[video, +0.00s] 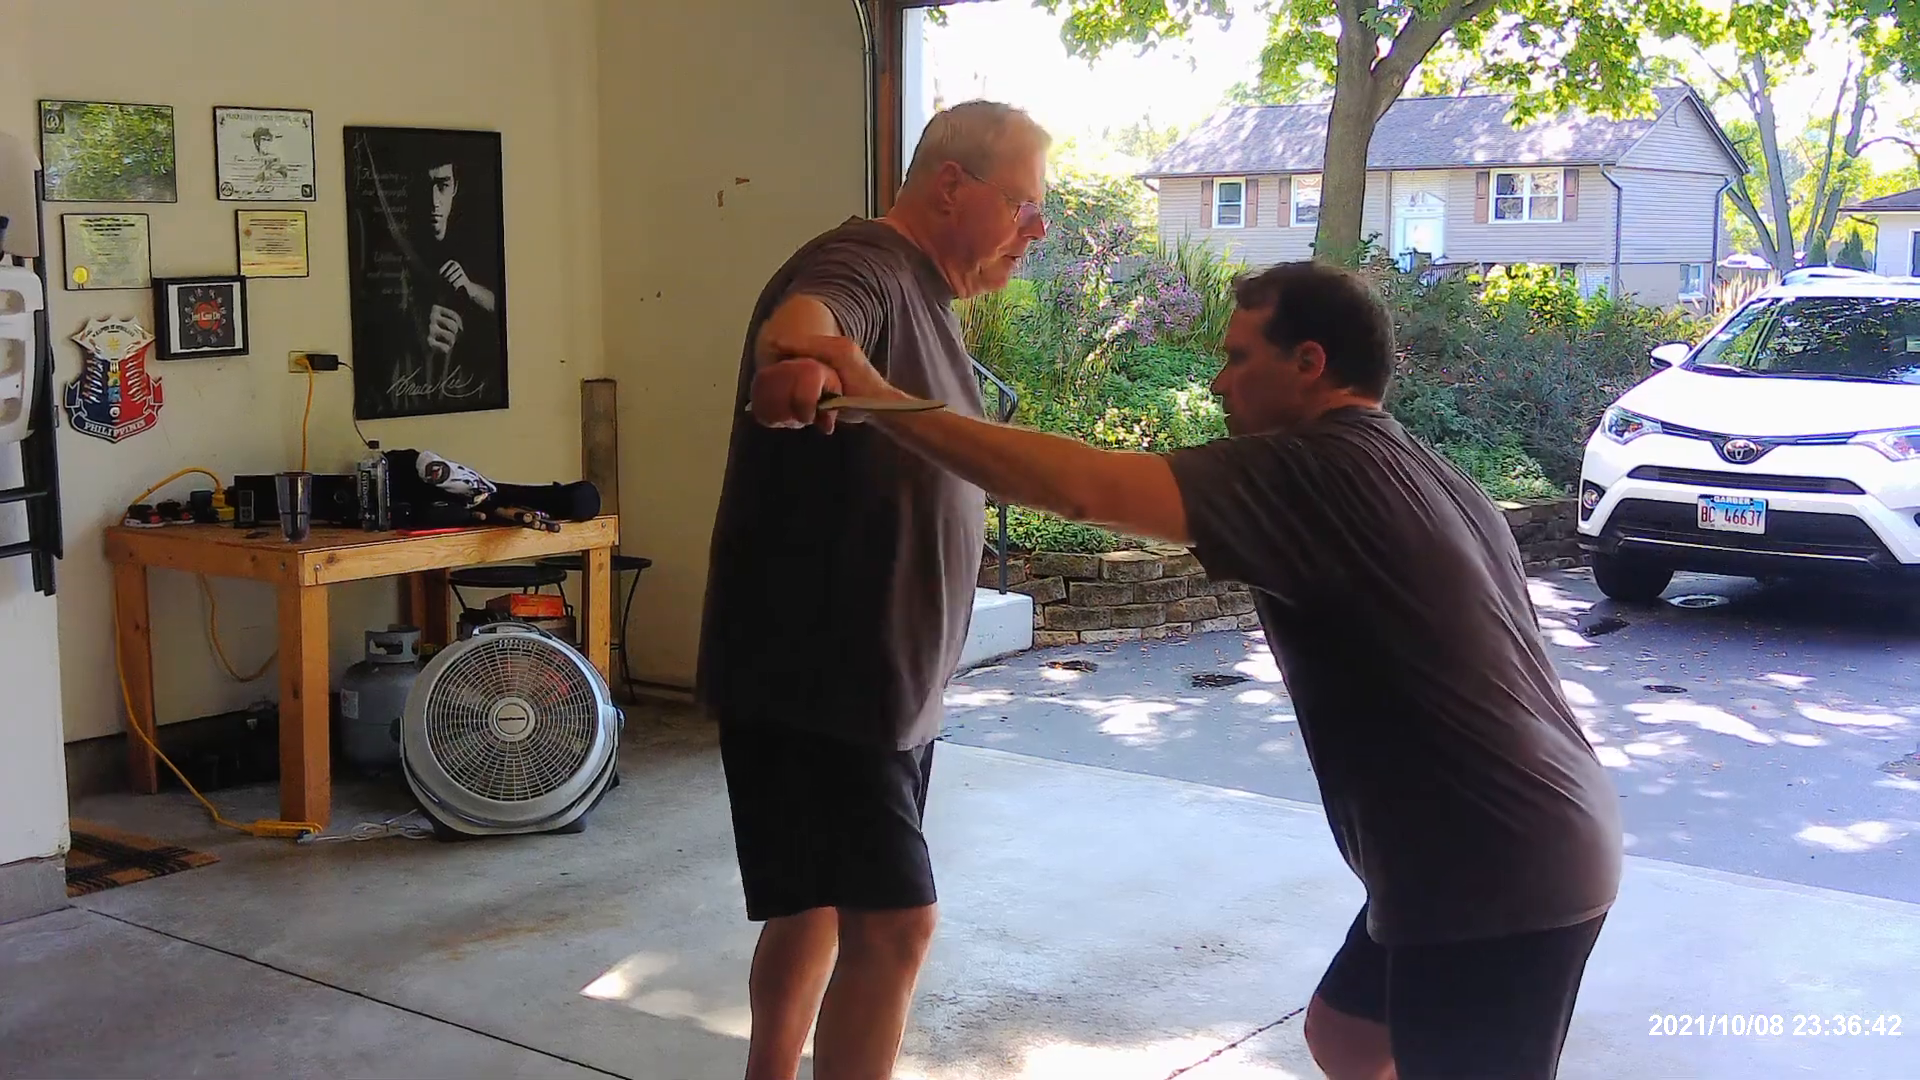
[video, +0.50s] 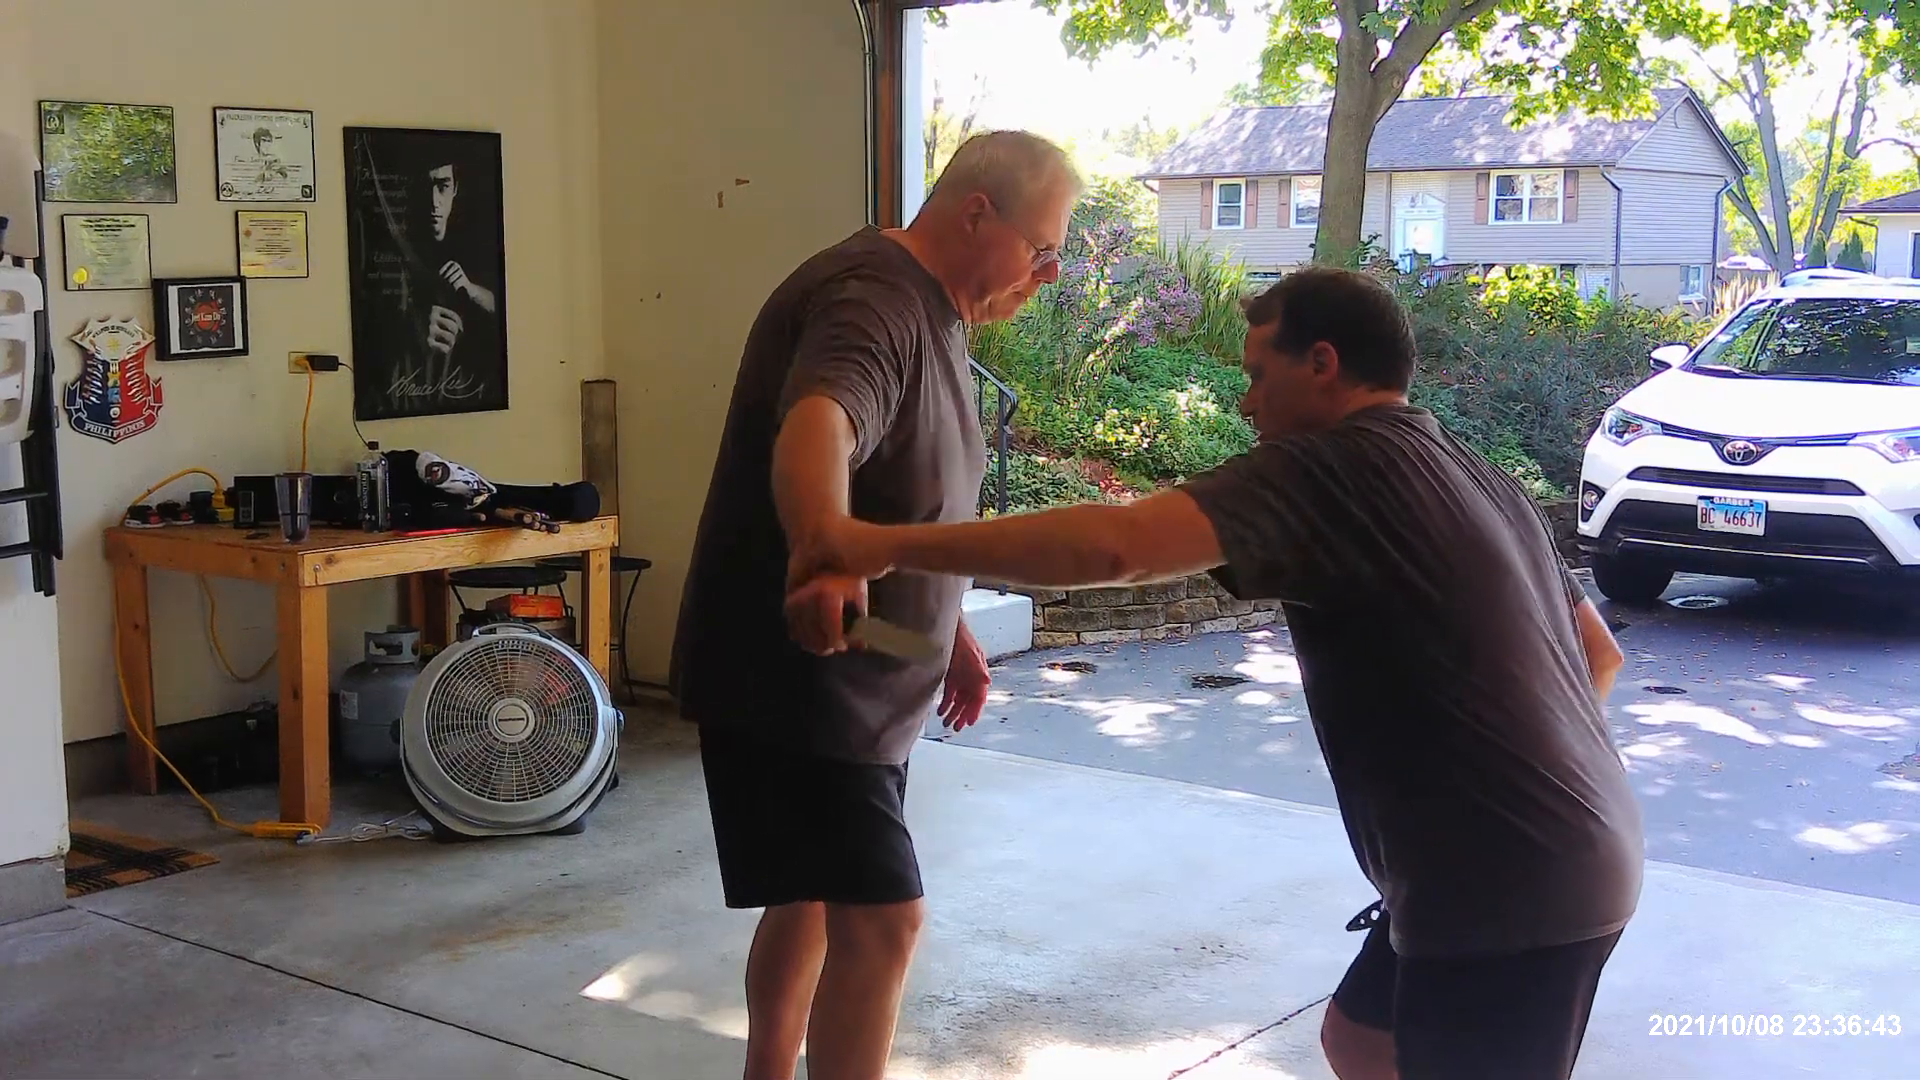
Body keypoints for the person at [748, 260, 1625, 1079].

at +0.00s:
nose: (1220, 377)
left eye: (1238, 355)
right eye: (1225, 354)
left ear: (1310, 364)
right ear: (1330, 370)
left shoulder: (1326, 466)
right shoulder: (1437, 474)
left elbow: (1095, 484)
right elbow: (1523, 653)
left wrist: (885, 405)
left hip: (1495, 871)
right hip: (1514, 842)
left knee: (1453, 1068)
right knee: (1348, 1029)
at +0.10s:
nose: (1224, 379)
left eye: (1239, 358)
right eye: (1227, 356)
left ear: (1309, 364)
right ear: (1334, 370)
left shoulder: (1328, 468)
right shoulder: (1443, 477)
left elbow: (1097, 479)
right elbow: (1526, 661)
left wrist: (909, 410)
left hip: (1497, 869)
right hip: (1528, 841)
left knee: (1455, 1071)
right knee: (1351, 1031)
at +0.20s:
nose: (1227, 382)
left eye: (1241, 360)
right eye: (1230, 358)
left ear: (1308, 365)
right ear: (1333, 371)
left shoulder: (1333, 467)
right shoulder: (1440, 471)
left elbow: (1096, 480)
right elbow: (1532, 657)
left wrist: (905, 415)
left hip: (1500, 869)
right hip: (1537, 840)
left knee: (1457, 1071)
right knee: (1355, 1035)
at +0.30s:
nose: (1233, 388)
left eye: (1245, 365)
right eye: (1234, 365)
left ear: (1310, 363)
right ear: (1337, 368)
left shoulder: (1340, 464)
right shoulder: (1448, 469)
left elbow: (1102, 486)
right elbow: (1542, 655)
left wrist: (890, 431)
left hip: (1508, 871)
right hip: (1528, 844)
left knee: (1454, 1073)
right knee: (1356, 1037)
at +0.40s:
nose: (1243, 388)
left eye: (1254, 366)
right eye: (1243, 366)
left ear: (1318, 361)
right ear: (1352, 366)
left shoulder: (1337, 461)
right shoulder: (1468, 473)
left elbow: (1108, 502)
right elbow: (1572, 658)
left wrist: (878, 473)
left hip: (1508, 868)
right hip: (1550, 840)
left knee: (1459, 1075)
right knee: (1358, 1036)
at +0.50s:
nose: (1246, 393)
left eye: (1257, 370)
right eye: (1246, 370)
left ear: (1321, 364)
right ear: (1354, 369)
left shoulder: (1340, 465)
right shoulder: (1472, 473)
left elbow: (1116, 542)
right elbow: (1597, 654)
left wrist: (889, 543)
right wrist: (1500, 776)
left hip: (1508, 874)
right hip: (1563, 842)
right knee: (1360, 1036)